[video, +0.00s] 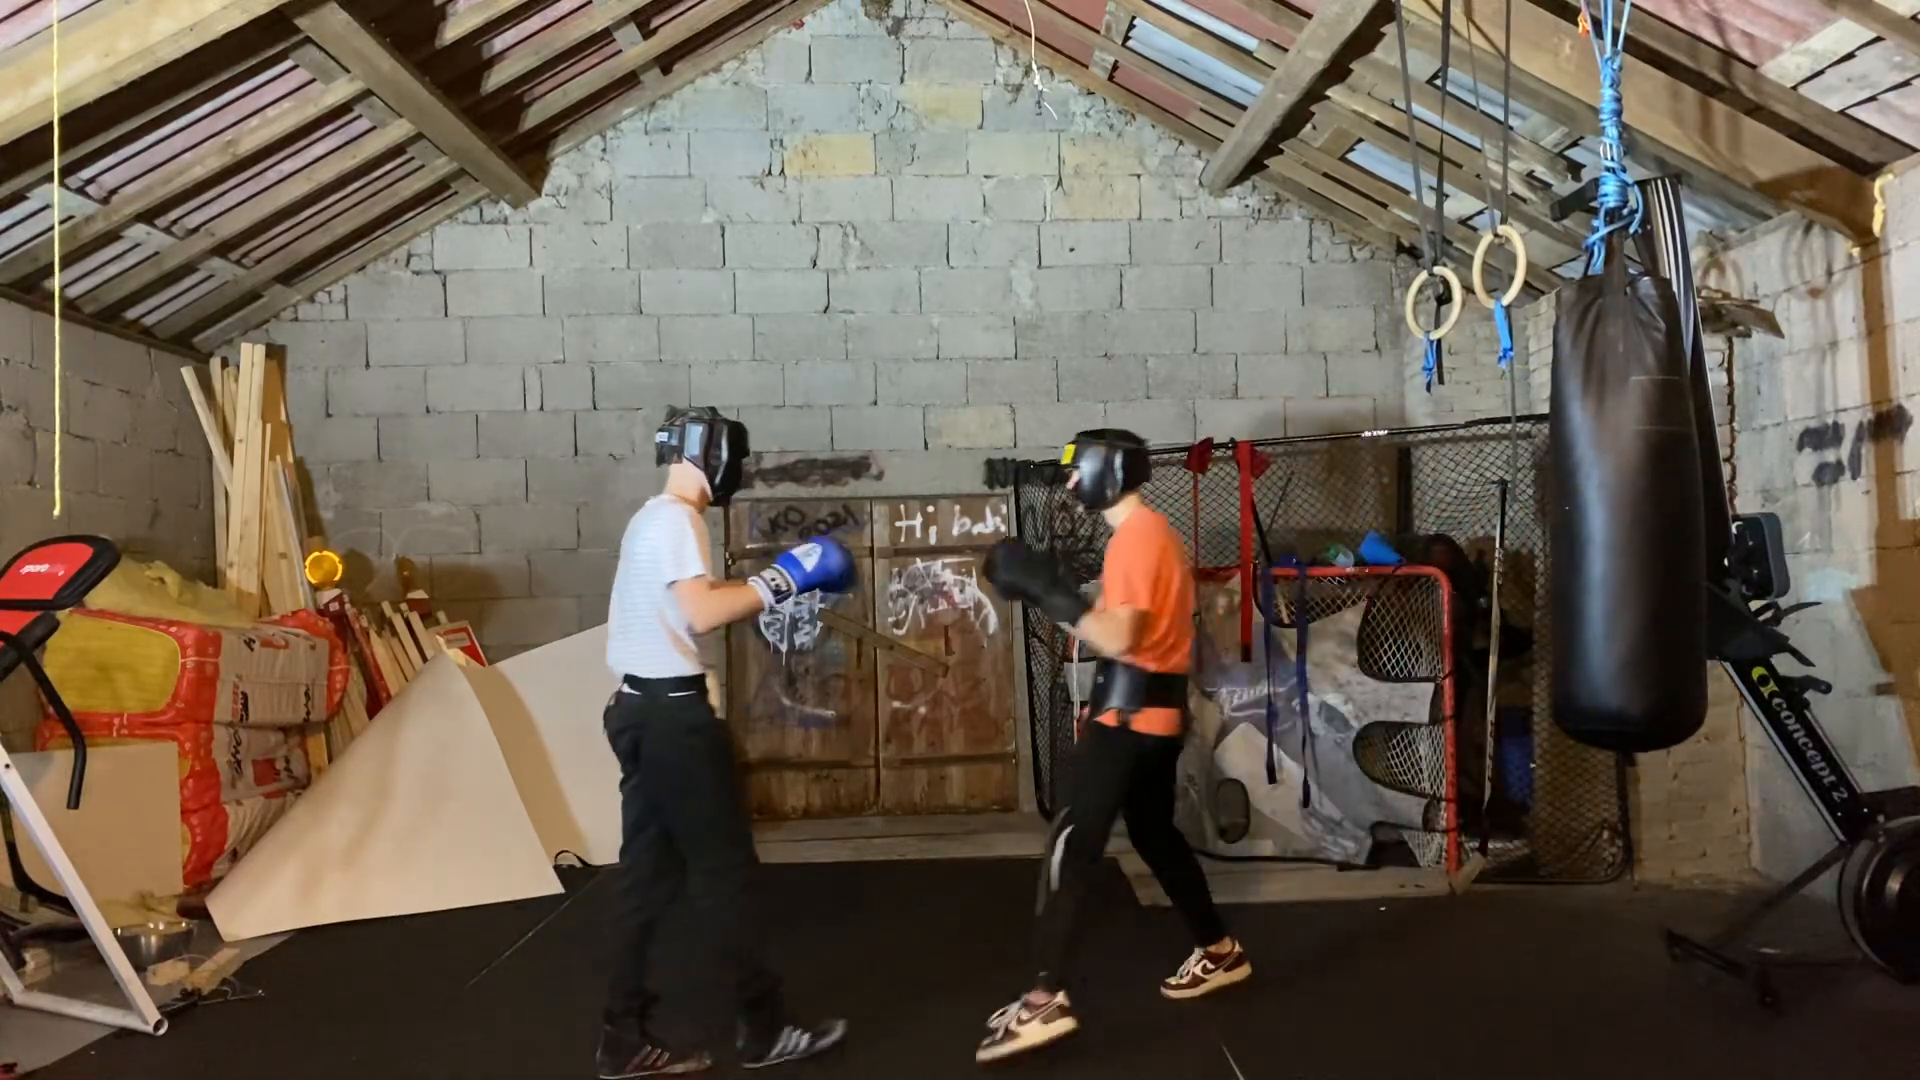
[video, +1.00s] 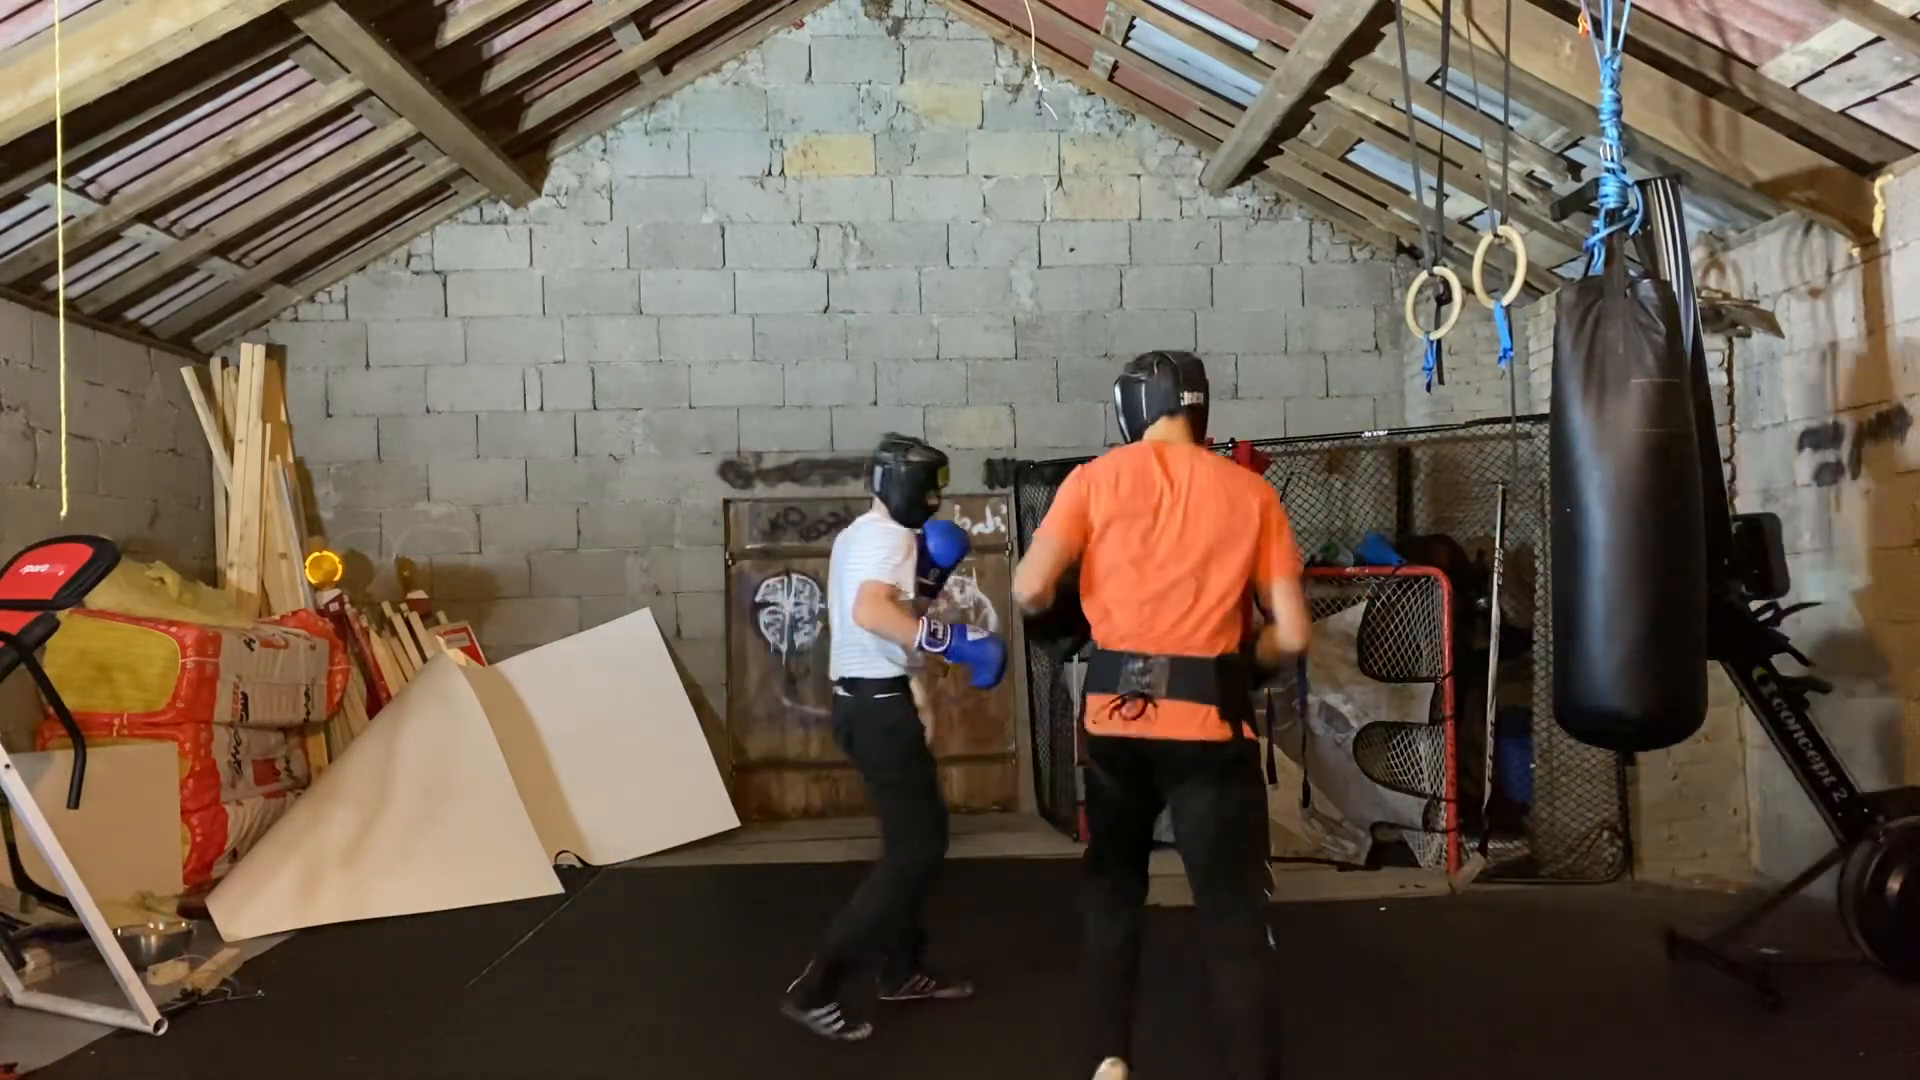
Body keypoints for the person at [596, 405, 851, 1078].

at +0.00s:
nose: (731, 480)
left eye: (732, 466)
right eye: (728, 466)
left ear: (677, 457)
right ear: (707, 459)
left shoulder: (649, 520)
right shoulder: (676, 520)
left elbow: (686, 613)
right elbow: (698, 609)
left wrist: (758, 596)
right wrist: (783, 578)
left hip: (638, 710)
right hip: (674, 714)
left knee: (647, 875)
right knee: (729, 869)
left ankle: (623, 1043)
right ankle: (761, 1027)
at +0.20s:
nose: (775, 486)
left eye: (775, 472)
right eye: (774, 472)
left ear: (718, 463)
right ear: (756, 468)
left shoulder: (690, 523)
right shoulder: (722, 527)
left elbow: (752, 590)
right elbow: (742, 622)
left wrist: (820, 580)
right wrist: (814, 594)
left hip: (670, 713)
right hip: (716, 717)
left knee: (666, 875)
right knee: (760, 868)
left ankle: (625, 1038)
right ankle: (791, 1016)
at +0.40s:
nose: (830, 488)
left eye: (831, 475)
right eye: (829, 475)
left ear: (776, 464)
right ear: (809, 473)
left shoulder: (752, 523)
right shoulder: (761, 530)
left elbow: (778, 603)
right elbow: (734, 625)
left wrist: (834, 591)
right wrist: (810, 635)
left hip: (734, 706)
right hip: (761, 709)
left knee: (738, 867)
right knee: (793, 863)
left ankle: (648, 1008)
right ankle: (793, 1019)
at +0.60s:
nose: (868, 493)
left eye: (869, 480)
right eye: (866, 480)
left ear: (814, 469)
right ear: (847, 478)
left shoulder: (781, 523)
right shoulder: (804, 538)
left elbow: (804, 603)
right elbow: (775, 630)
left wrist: (857, 577)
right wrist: (855, 637)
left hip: (777, 699)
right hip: (800, 705)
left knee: (818, 844)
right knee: (827, 852)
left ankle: (735, 963)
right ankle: (795, 1019)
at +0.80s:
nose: (897, 487)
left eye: (896, 477)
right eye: (894, 478)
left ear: (839, 471)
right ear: (880, 478)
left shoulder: (809, 525)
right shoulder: (855, 531)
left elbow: (829, 598)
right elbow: (852, 611)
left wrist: (890, 558)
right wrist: (927, 614)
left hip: (811, 695)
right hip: (840, 701)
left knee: (861, 839)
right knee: (835, 851)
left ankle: (874, 971)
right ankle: (794, 1019)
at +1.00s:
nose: (936, 498)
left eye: (937, 488)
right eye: (932, 488)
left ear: (881, 485)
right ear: (915, 490)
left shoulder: (860, 534)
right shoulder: (887, 537)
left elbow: (892, 608)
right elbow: (871, 610)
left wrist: (930, 570)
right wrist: (948, 641)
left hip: (868, 704)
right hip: (879, 707)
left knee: (917, 837)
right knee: (919, 842)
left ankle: (899, 974)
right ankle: (813, 990)